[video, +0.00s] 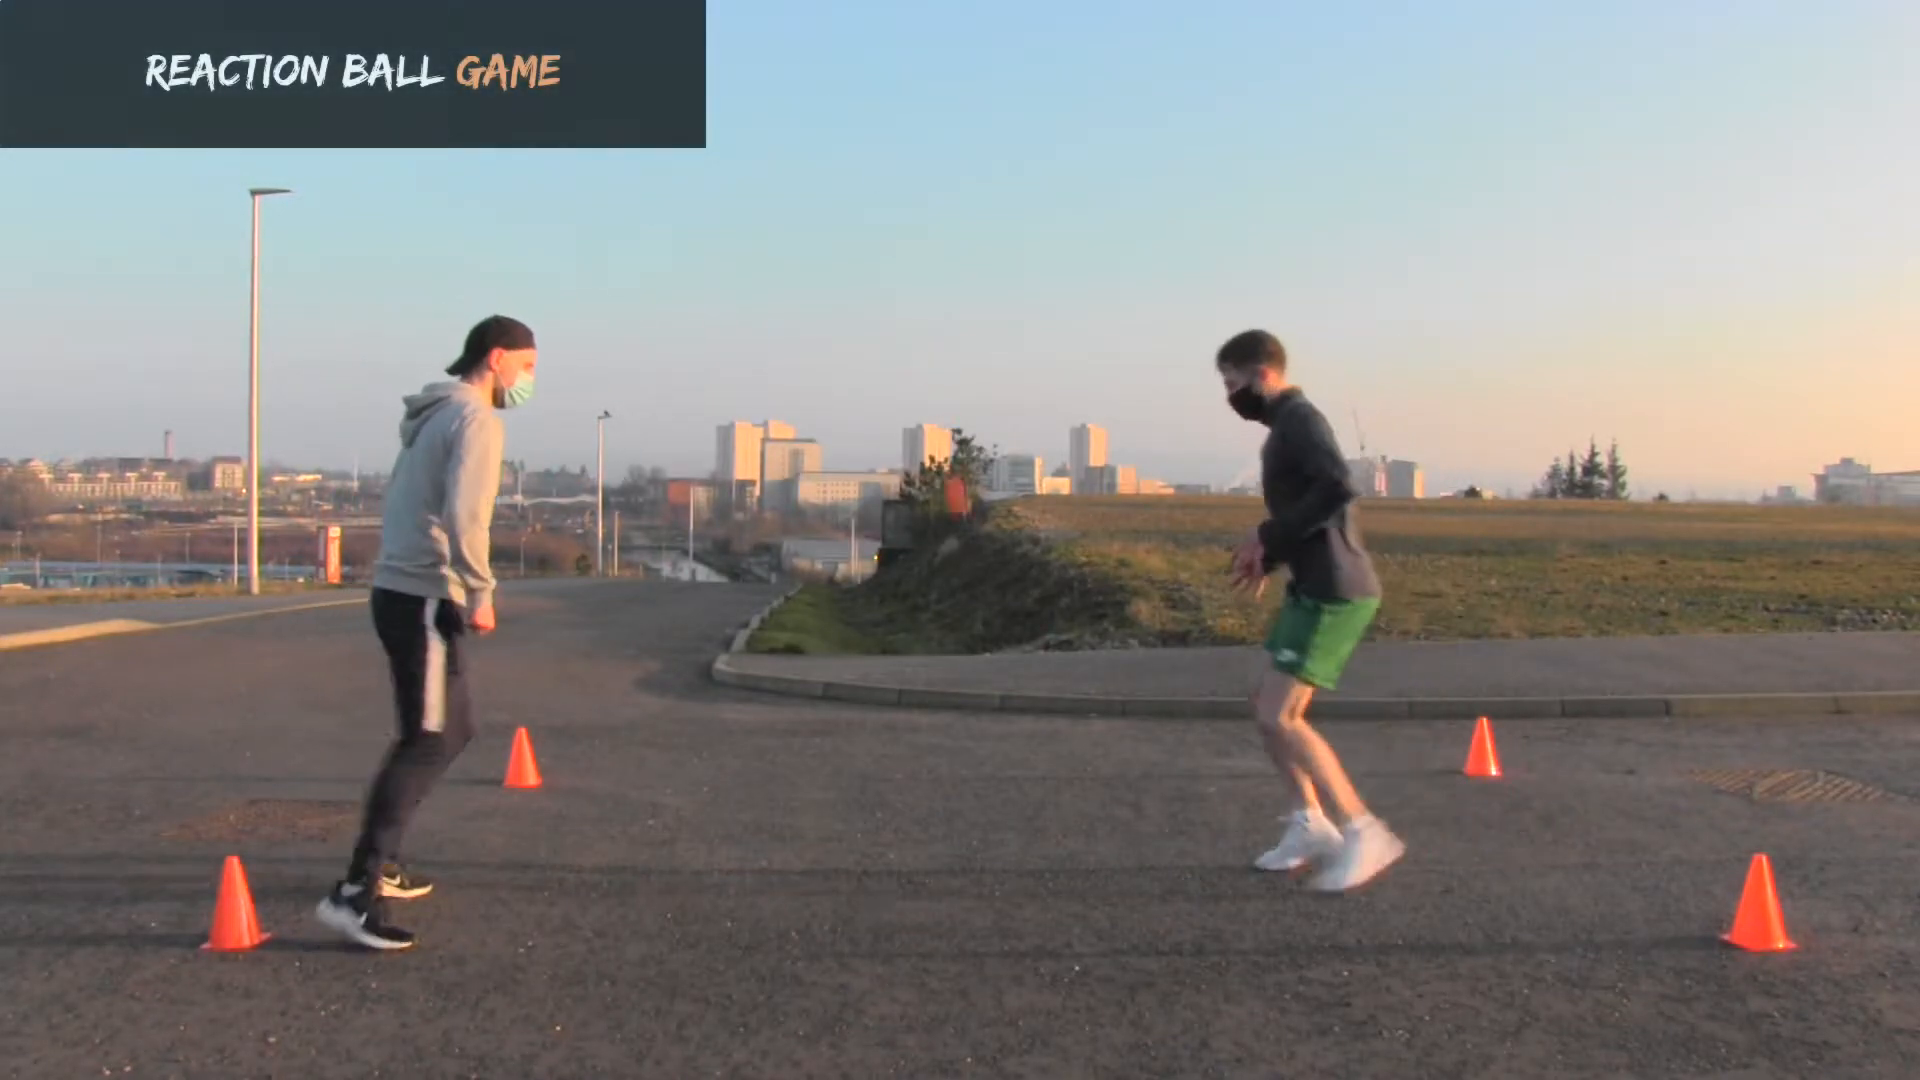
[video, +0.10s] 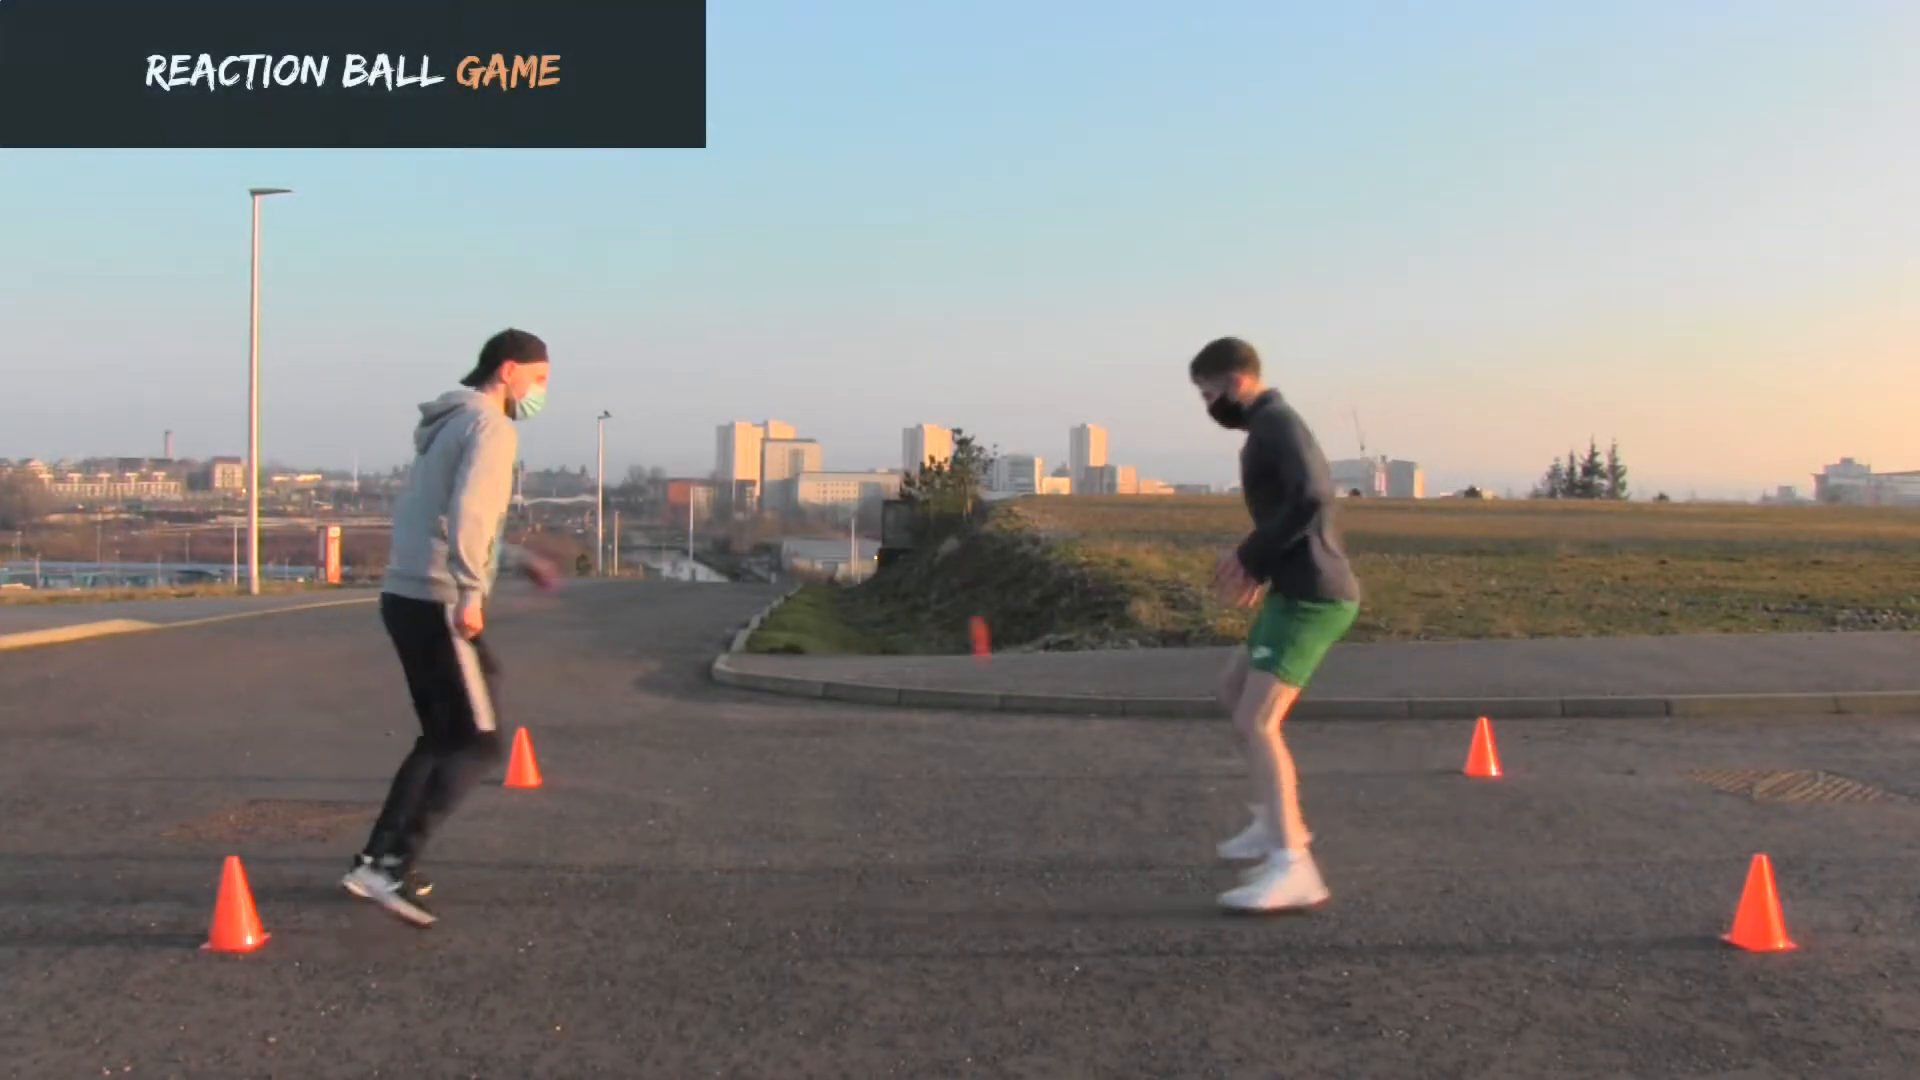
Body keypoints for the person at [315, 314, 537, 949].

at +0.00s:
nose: (530, 379)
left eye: (532, 367)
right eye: (527, 366)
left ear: (489, 358)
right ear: (496, 358)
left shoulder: (444, 411)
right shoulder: (478, 419)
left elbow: (425, 508)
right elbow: (464, 513)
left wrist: (455, 586)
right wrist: (481, 589)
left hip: (412, 591)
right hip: (419, 595)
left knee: (452, 727)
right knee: (426, 736)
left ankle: (378, 865)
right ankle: (356, 892)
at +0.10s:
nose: (541, 391)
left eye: (543, 381)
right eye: (538, 379)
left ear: (500, 369)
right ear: (506, 369)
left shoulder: (457, 419)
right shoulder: (492, 426)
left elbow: (458, 525)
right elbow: (471, 513)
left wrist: (522, 560)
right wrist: (472, 592)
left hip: (410, 597)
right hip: (434, 601)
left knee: (441, 736)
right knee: (479, 740)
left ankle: (380, 863)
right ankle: (389, 867)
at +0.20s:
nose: (568, 384)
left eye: (571, 374)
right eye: (565, 372)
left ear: (530, 362)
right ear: (532, 361)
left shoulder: (494, 408)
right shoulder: (510, 411)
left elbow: (502, 515)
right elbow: (480, 492)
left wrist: (571, 526)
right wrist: (474, 571)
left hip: (443, 587)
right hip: (481, 589)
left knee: (440, 724)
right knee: (535, 712)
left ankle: (377, 854)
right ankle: (464, 836)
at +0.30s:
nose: (605, 366)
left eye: (607, 356)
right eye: (599, 355)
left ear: (565, 351)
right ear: (569, 350)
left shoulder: (535, 397)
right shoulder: (549, 401)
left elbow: (535, 487)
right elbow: (513, 481)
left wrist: (585, 504)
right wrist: (514, 557)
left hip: (486, 568)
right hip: (524, 574)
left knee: (475, 696)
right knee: (551, 698)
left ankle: (402, 814)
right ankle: (523, 808)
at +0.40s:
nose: (627, 375)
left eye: (628, 365)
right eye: (620, 363)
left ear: (586, 363)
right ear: (588, 362)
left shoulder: (564, 410)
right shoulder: (572, 413)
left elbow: (551, 498)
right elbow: (546, 501)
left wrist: (592, 518)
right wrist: (553, 582)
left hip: (515, 578)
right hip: (548, 584)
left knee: (522, 698)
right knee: (567, 708)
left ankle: (425, 791)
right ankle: (518, 824)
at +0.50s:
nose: (661, 390)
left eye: (663, 380)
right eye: (654, 380)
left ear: (619, 383)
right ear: (622, 381)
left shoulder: (587, 431)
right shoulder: (612, 439)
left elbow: (575, 514)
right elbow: (606, 531)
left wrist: (618, 534)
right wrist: (625, 614)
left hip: (557, 587)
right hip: (578, 591)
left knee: (587, 701)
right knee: (597, 713)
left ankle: (500, 776)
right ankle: (520, 819)